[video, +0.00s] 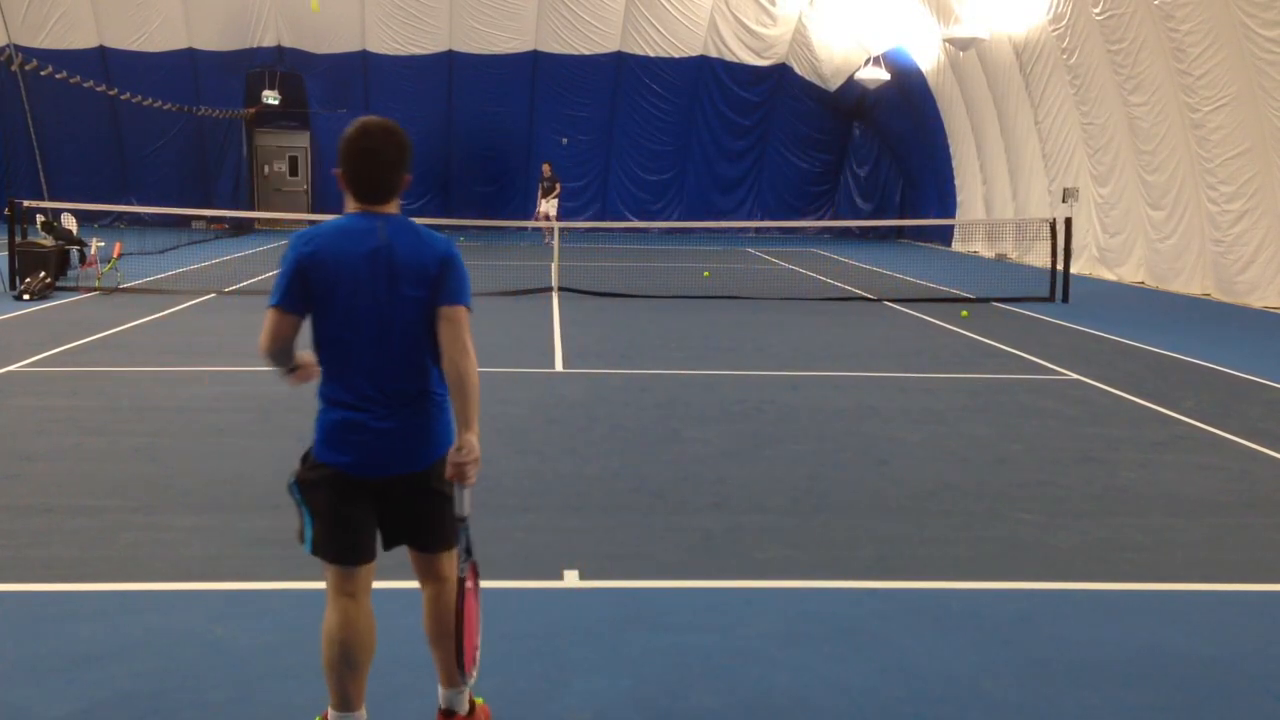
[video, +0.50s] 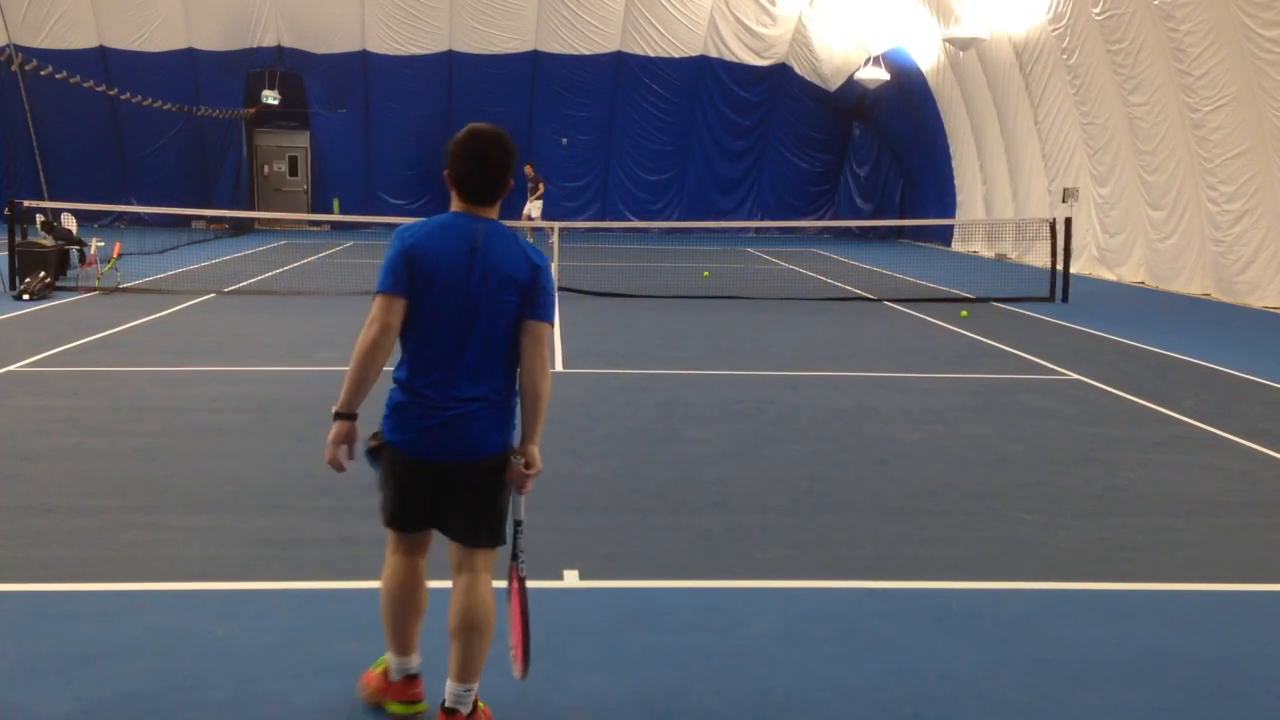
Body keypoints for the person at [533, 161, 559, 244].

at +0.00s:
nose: (544, 169)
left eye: (546, 168)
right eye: (543, 168)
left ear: (549, 168)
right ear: (542, 169)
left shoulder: (554, 178)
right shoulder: (541, 179)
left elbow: (558, 189)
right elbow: (540, 191)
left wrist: (549, 197)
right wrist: (538, 201)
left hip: (553, 199)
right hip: (544, 199)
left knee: (552, 217)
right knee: (541, 216)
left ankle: (555, 236)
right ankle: (547, 235)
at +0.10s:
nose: (541, 170)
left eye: (543, 168)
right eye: (540, 168)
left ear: (547, 169)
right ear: (540, 170)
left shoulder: (552, 178)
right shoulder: (541, 180)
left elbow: (556, 190)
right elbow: (539, 192)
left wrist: (547, 198)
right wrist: (537, 203)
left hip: (551, 200)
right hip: (542, 200)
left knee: (550, 218)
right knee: (536, 214)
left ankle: (555, 237)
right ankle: (543, 233)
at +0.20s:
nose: (538, 168)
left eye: (540, 166)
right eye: (537, 166)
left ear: (544, 167)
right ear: (537, 167)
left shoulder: (549, 176)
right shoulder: (539, 177)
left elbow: (553, 188)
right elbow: (538, 189)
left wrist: (544, 196)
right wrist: (537, 198)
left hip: (548, 199)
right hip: (540, 199)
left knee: (549, 219)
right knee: (533, 215)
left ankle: (554, 238)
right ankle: (535, 235)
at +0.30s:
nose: (535, 168)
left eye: (536, 166)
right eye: (534, 166)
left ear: (541, 167)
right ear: (533, 168)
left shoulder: (545, 176)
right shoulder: (536, 177)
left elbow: (550, 187)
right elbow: (536, 188)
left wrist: (539, 195)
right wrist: (535, 197)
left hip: (545, 200)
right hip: (537, 199)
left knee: (547, 219)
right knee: (531, 217)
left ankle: (554, 238)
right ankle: (530, 237)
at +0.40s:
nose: (530, 170)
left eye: (531, 168)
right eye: (529, 168)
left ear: (536, 168)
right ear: (529, 169)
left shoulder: (541, 177)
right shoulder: (532, 178)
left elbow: (546, 188)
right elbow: (533, 189)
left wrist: (536, 196)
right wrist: (532, 196)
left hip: (540, 201)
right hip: (533, 200)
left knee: (543, 220)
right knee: (527, 217)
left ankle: (554, 236)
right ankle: (530, 237)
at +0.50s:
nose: (526, 171)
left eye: (528, 169)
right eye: (525, 169)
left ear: (532, 169)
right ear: (525, 170)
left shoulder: (537, 178)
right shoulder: (529, 179)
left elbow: (542, 190)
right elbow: (529, 190)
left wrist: (532, 198)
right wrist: (529, 199)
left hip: (537, 201)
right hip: (530, 200)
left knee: (537, 220)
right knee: (524, 218)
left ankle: (550, 232)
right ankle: (529, 237)